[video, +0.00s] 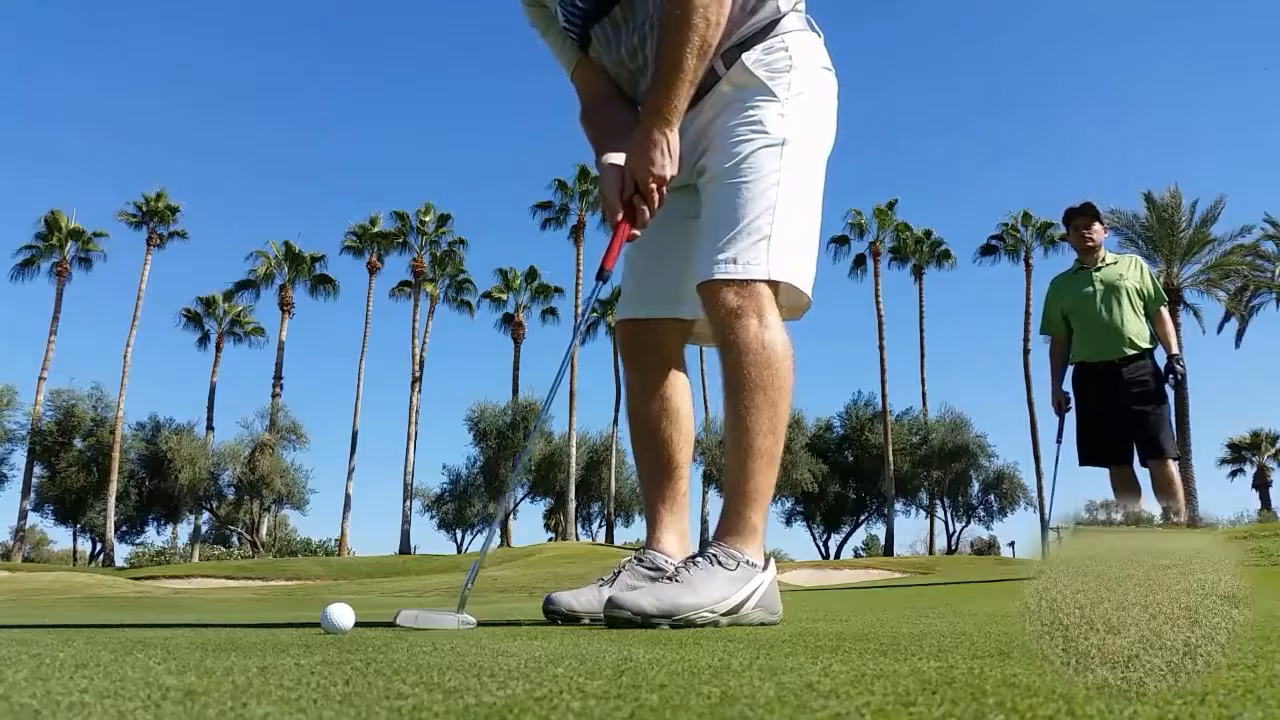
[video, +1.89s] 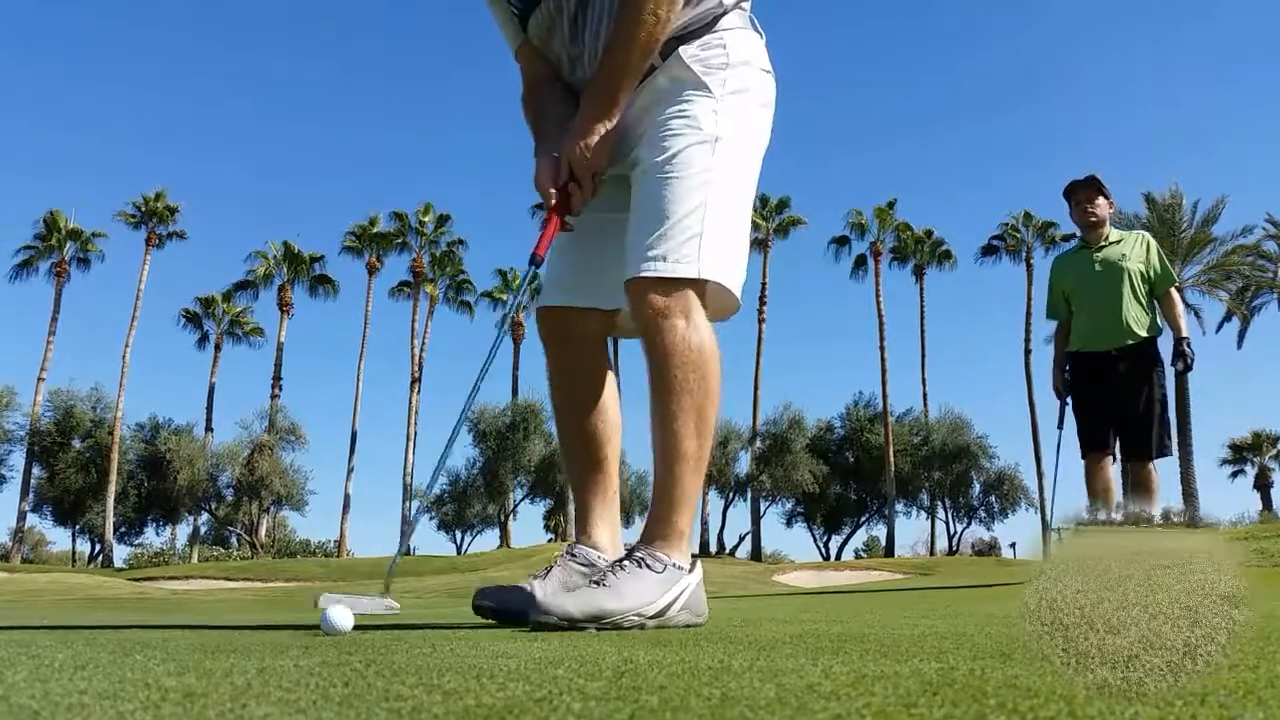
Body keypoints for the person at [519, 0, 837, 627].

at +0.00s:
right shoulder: (543, 6)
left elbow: (706, 4)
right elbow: (598, 92)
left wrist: (658, 121)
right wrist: (612, 158)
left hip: (758, 57)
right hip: (663, 107)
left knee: (738, 289)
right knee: (644, 326)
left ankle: (742, 561)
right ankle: (666, 559)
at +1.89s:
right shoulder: (509, 6)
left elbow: (657, 6)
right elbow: (537, 71)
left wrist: (596, 113)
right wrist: (552, 142)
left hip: (696, 52)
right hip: (593, 94)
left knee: (665, 288)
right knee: (565, 311)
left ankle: (669, 563)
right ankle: (595, 555)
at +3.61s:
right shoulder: (469, 5)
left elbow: (626, 5)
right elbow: (512, 80)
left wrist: (564, 122)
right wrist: (525, 149)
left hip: (672, 51)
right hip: (574, 99)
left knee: (644, 289)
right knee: (544, 318)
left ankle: (656, 562)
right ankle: (577, 555)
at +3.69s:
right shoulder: (464, 5)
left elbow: (622, 5)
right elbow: (510, 82)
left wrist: (564, 121)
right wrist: (522, 151)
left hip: (668, 52)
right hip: (571, 101)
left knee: (641, 288)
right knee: (548, 322)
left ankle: (656, 562)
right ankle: (576, 559)